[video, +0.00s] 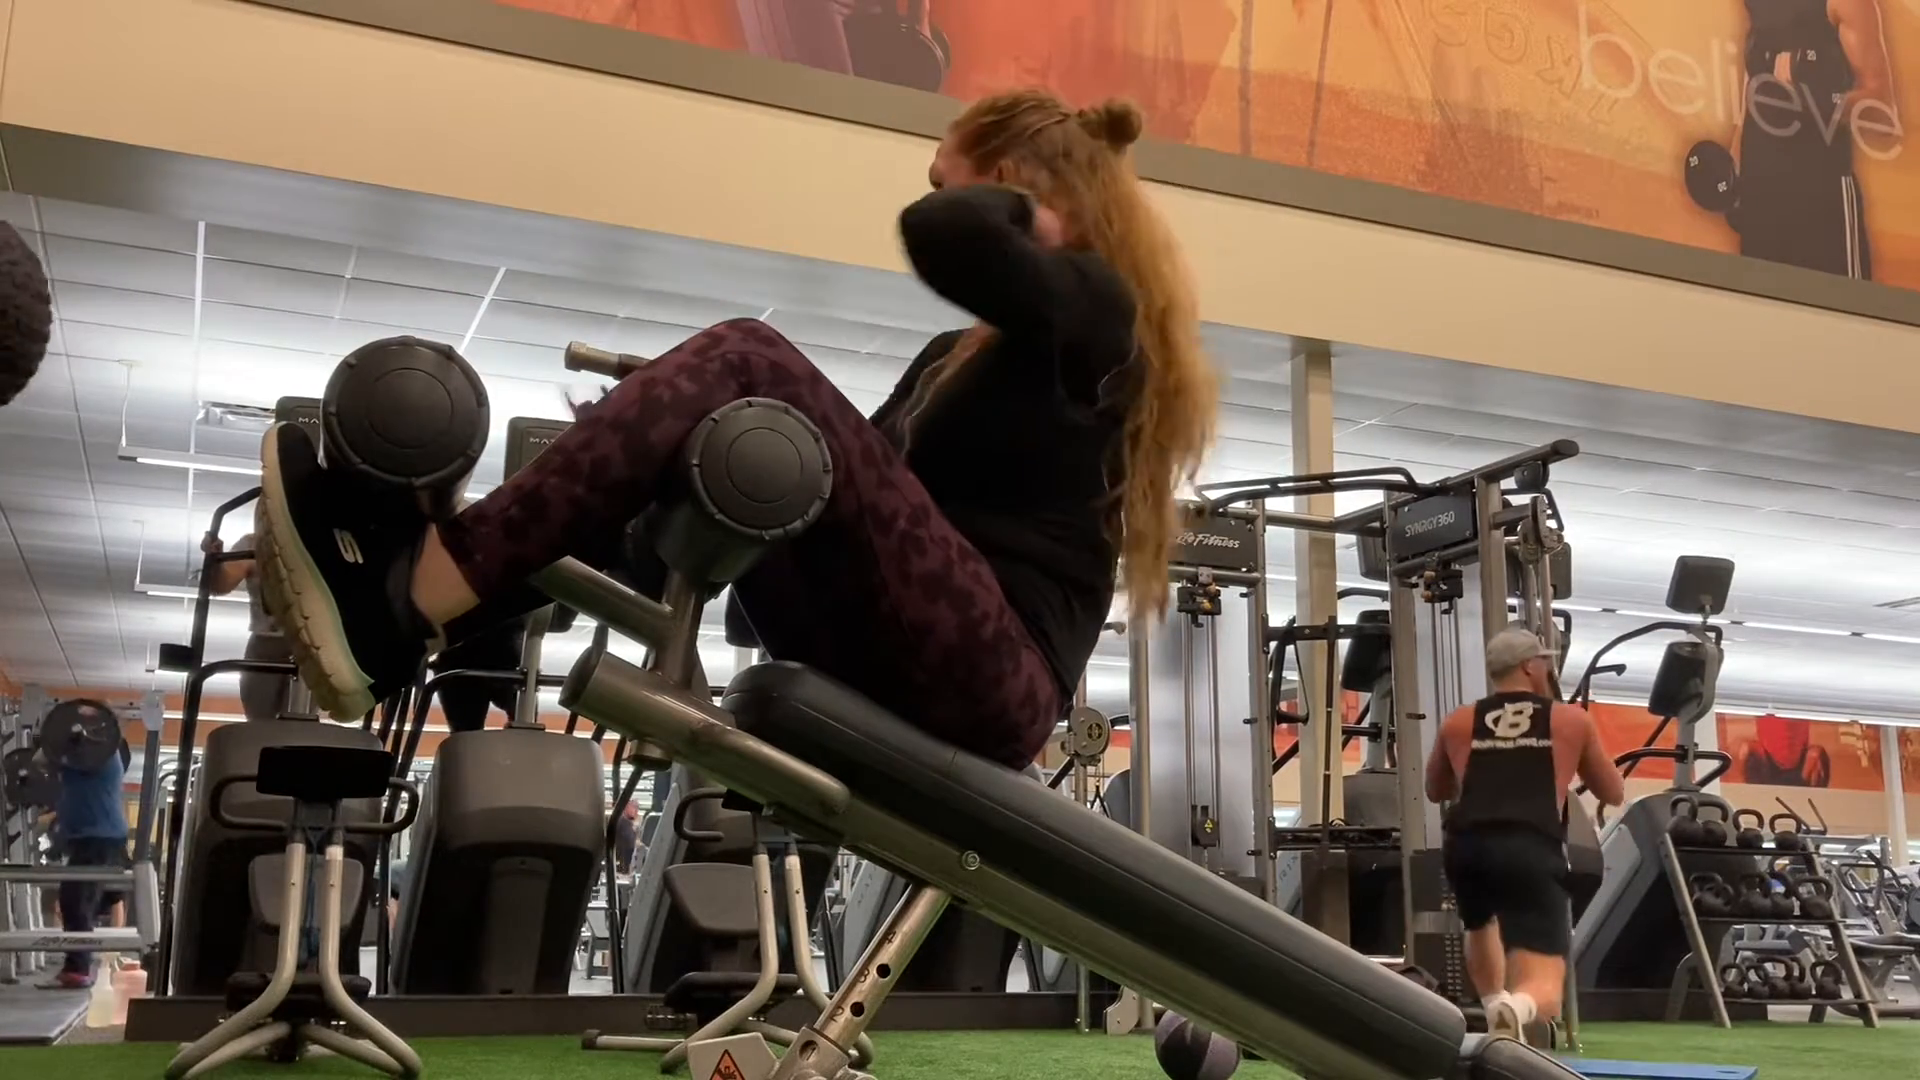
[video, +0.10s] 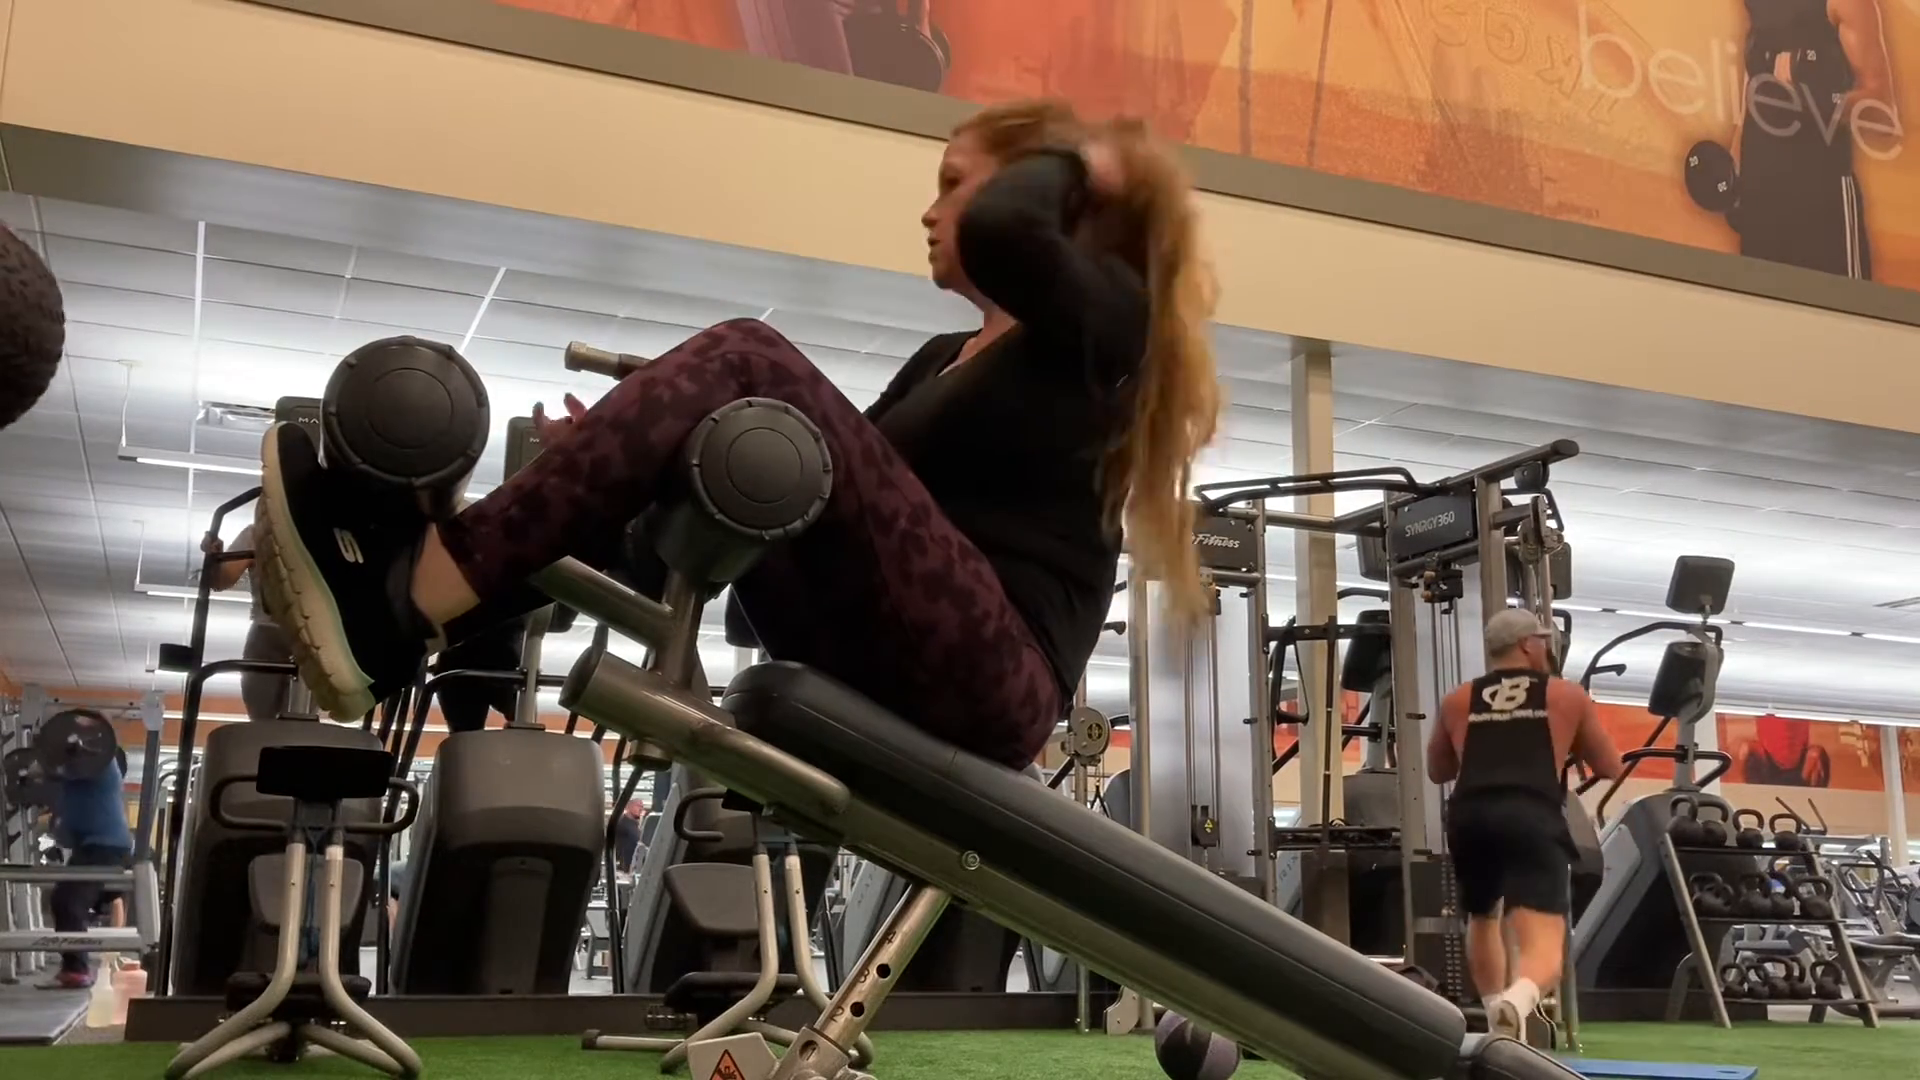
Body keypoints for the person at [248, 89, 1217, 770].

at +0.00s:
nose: (945, 216)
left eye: (964, 202)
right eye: (946, 198)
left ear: (1039, 198)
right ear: (1019, 204)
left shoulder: (1099, 308)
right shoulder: (959, 353)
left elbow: (941, 225)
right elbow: (859, 464)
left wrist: (1018, 239)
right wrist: (662, 401)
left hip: (992, 675)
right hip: (895, 653)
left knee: (752, 358)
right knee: (706, 432)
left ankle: (424, 599)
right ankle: (403, 590)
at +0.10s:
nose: (933, 214)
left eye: (957, 191)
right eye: (938, 189)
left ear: (1033, 201)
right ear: (957, 197)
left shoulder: (1100, 331)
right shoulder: (944, 361)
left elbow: (997, 232)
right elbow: (844, 464)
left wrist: (1077, 167)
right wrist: (644, 419)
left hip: (990, 677)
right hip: (886, 649)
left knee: (755, 357)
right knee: (728, 400)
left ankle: (424, 601)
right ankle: (409, 587)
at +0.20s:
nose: (964, 192)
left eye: (992, 172)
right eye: (967, 174)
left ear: (1063, 201)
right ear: (965, 203)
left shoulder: (1106, 327)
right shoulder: (945, 360)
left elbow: (1047, 300)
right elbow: (829, 476)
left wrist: (1074, 152)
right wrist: (613, 434)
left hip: (993, 682)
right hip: (873, 656)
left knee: (750, 353)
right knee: (701, 433)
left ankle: (426, 598)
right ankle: (394, 595)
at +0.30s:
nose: (1045, 197)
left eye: (1075, 183)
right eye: (1048, 180)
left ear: (1121, 223)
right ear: (1044, 222)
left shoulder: (1109, 309)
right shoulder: (947, 364)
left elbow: (1051, 378)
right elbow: (821, 477)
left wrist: (1002, 209)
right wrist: (606, 420)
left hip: (996, 676)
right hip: (877, 644)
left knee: (755, 355)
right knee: (709, 429)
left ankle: (435, 589)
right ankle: (395, 594)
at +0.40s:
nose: (977, 195)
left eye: (1012, 184)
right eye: (982, 183)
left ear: (1082, 236)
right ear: (980, 233)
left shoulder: (1092, 311)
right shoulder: (964, 360)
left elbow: (1036, 440)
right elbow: (833, 467)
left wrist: (919, 270)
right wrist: (621, 384)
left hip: (991, 677)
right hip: (890, 653)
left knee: (752, 355)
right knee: (702, 429)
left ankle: (431, 592)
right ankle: (402, 587)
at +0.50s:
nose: (968, 197)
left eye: (1003, 185)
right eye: (976, 184)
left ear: (1078, 226)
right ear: (996, 233)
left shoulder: (1085, 309)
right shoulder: (969, 377)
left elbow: (996, 432)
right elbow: (838, 455)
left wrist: (834, 283)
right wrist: (638, 379)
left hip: (992, 672)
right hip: (904, 658)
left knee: (751, 361)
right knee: (723, 418)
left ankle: (423, 601)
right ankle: (406, 598)